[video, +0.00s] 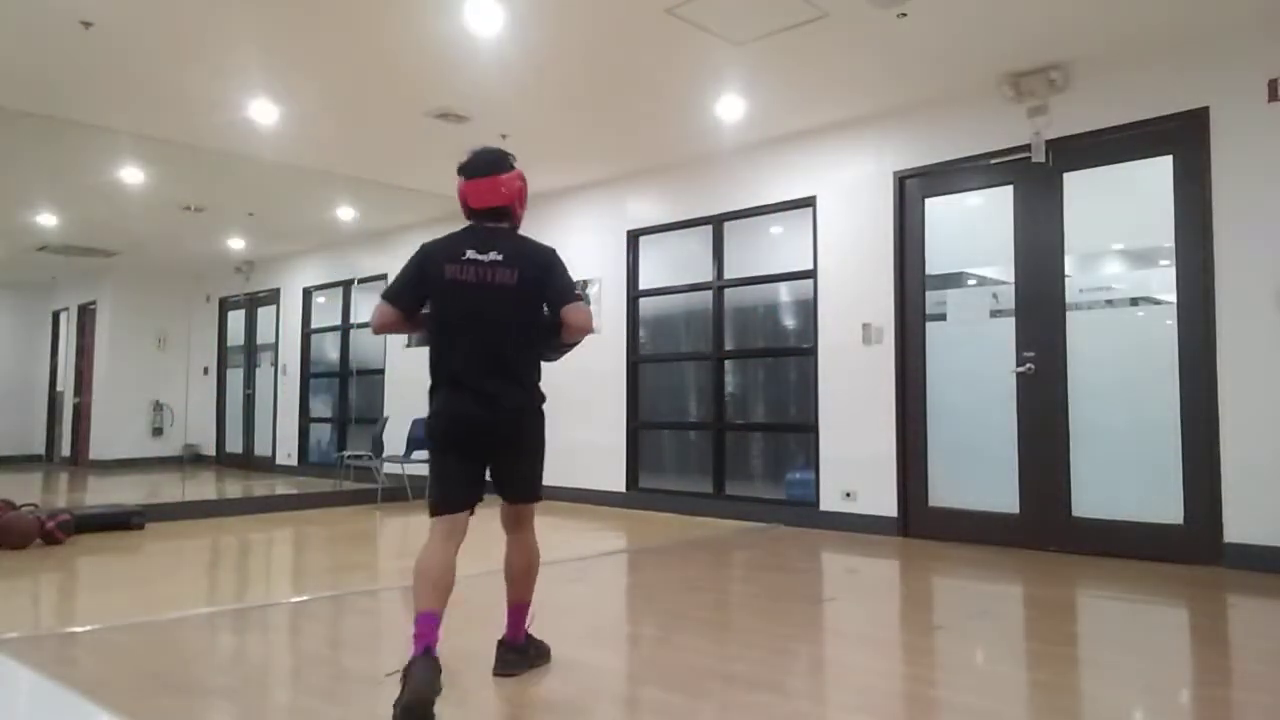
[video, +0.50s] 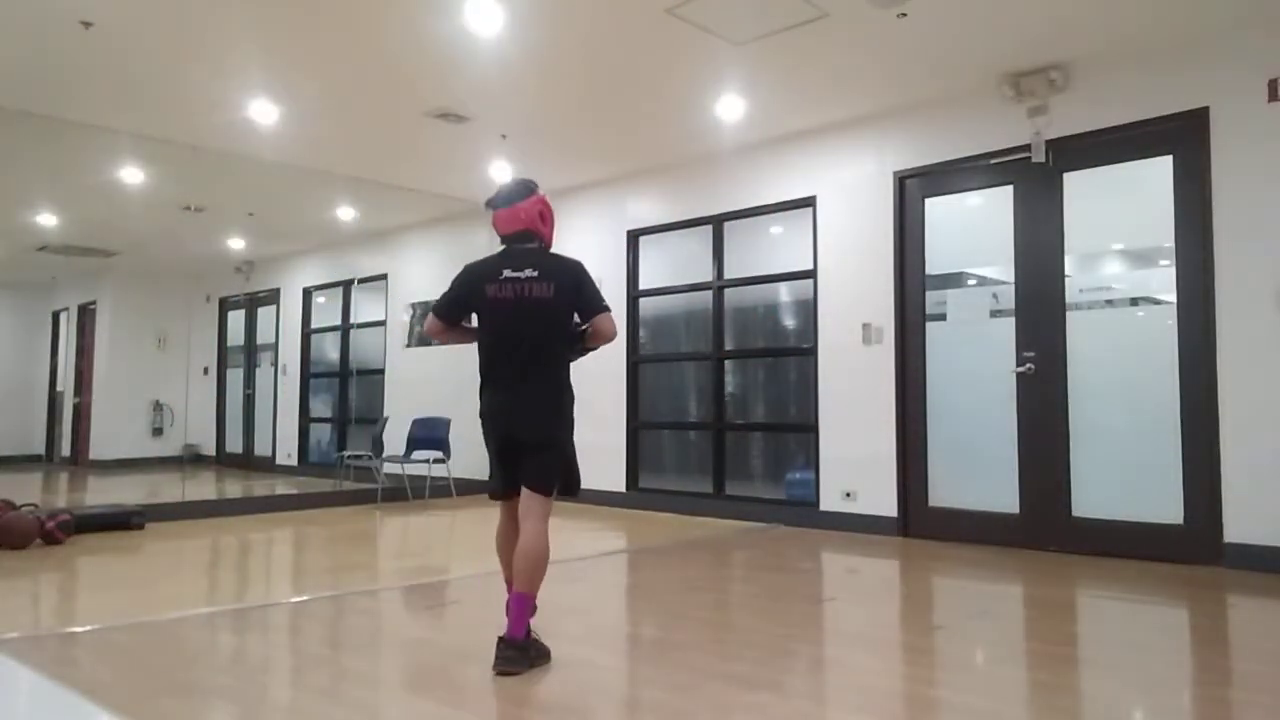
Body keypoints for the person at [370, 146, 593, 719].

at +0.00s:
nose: (519, 198)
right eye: (518, 190)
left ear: (463, 199)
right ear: (517, 198)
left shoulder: (434, 254)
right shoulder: (539, 257)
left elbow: (384, 320)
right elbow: (578, 323)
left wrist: (434, 319)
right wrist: (549, 340)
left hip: (452, 412)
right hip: (517, 414)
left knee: (445, 530)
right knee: (519, 526)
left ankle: (423, 654)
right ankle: (515, 641)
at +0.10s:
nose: (534, 199)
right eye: (532, 191)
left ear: (475, 202)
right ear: (526, 198)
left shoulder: (448, 254)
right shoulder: (549, 258)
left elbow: (393, 312)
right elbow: (580, 327)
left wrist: (445, 309)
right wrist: (548, 342)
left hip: (468, 415)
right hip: (530, 414)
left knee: (461, 523)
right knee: (526, 523)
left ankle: (441, 608)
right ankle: (515, 639)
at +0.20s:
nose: (541, 199)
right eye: (539, 191)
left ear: (484, 202)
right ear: (533, 198)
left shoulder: (459, 252)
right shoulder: (558, 255)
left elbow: (399, 304)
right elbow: (590, 320)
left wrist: (453, 310)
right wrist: (555, 339)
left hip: (478, 404)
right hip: (536, 404)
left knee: (478, 505)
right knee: (528, 519)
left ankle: (462, 592)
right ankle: (515, 640)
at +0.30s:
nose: (545, 201)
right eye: (542, 194)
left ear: (490, 205)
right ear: (538, 201)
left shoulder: (465, 255)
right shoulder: (564, 256)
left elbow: (407, 302)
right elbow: (599, 317)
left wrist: (461, 319)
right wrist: (568, 338)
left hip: (485, 400)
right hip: (539, 400)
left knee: (493, 504)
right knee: (530, 516)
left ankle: (480, 609)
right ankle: (515, 641)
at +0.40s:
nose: (548, 210)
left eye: (542, 204)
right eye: (546, 204)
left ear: (494, 215)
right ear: (541, 209)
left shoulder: (472, 263)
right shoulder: (567, 262)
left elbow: (424, 315)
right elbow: (604, 321)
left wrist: (474, 325)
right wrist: (573, 341)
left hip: (492, 406)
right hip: (543, 405)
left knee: (500, 509)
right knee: (531, 518)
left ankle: (502, 606)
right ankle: (514, 643)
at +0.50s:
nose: (550, 222)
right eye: (548, 215)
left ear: (498, 226)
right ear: (544, 221)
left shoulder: (478, 274)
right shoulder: (568, 271)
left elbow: (438, 328)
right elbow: (604, 329)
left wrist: (484, 335)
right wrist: (569, 347)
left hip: (498, 412)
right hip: (547, 410)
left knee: (508, 515)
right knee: (534, 519)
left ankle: (518, 622)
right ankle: (514, 641)